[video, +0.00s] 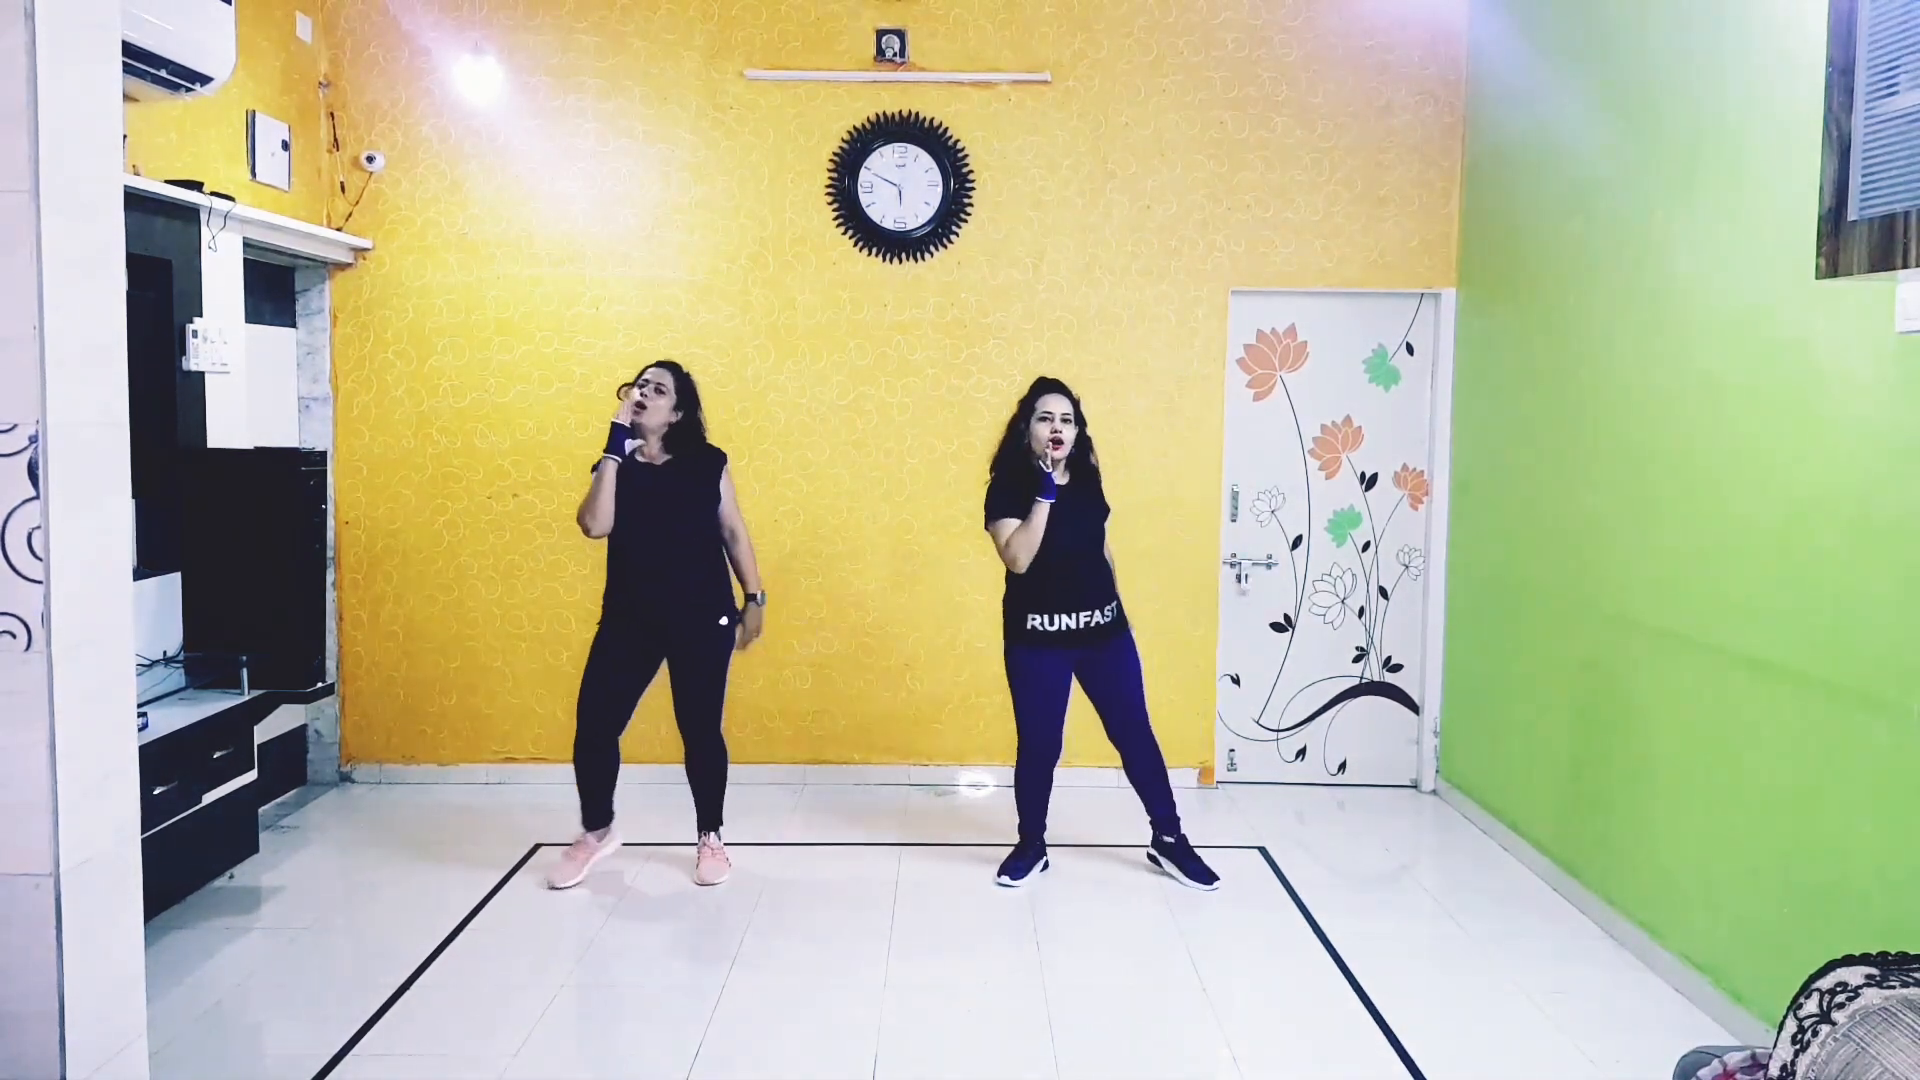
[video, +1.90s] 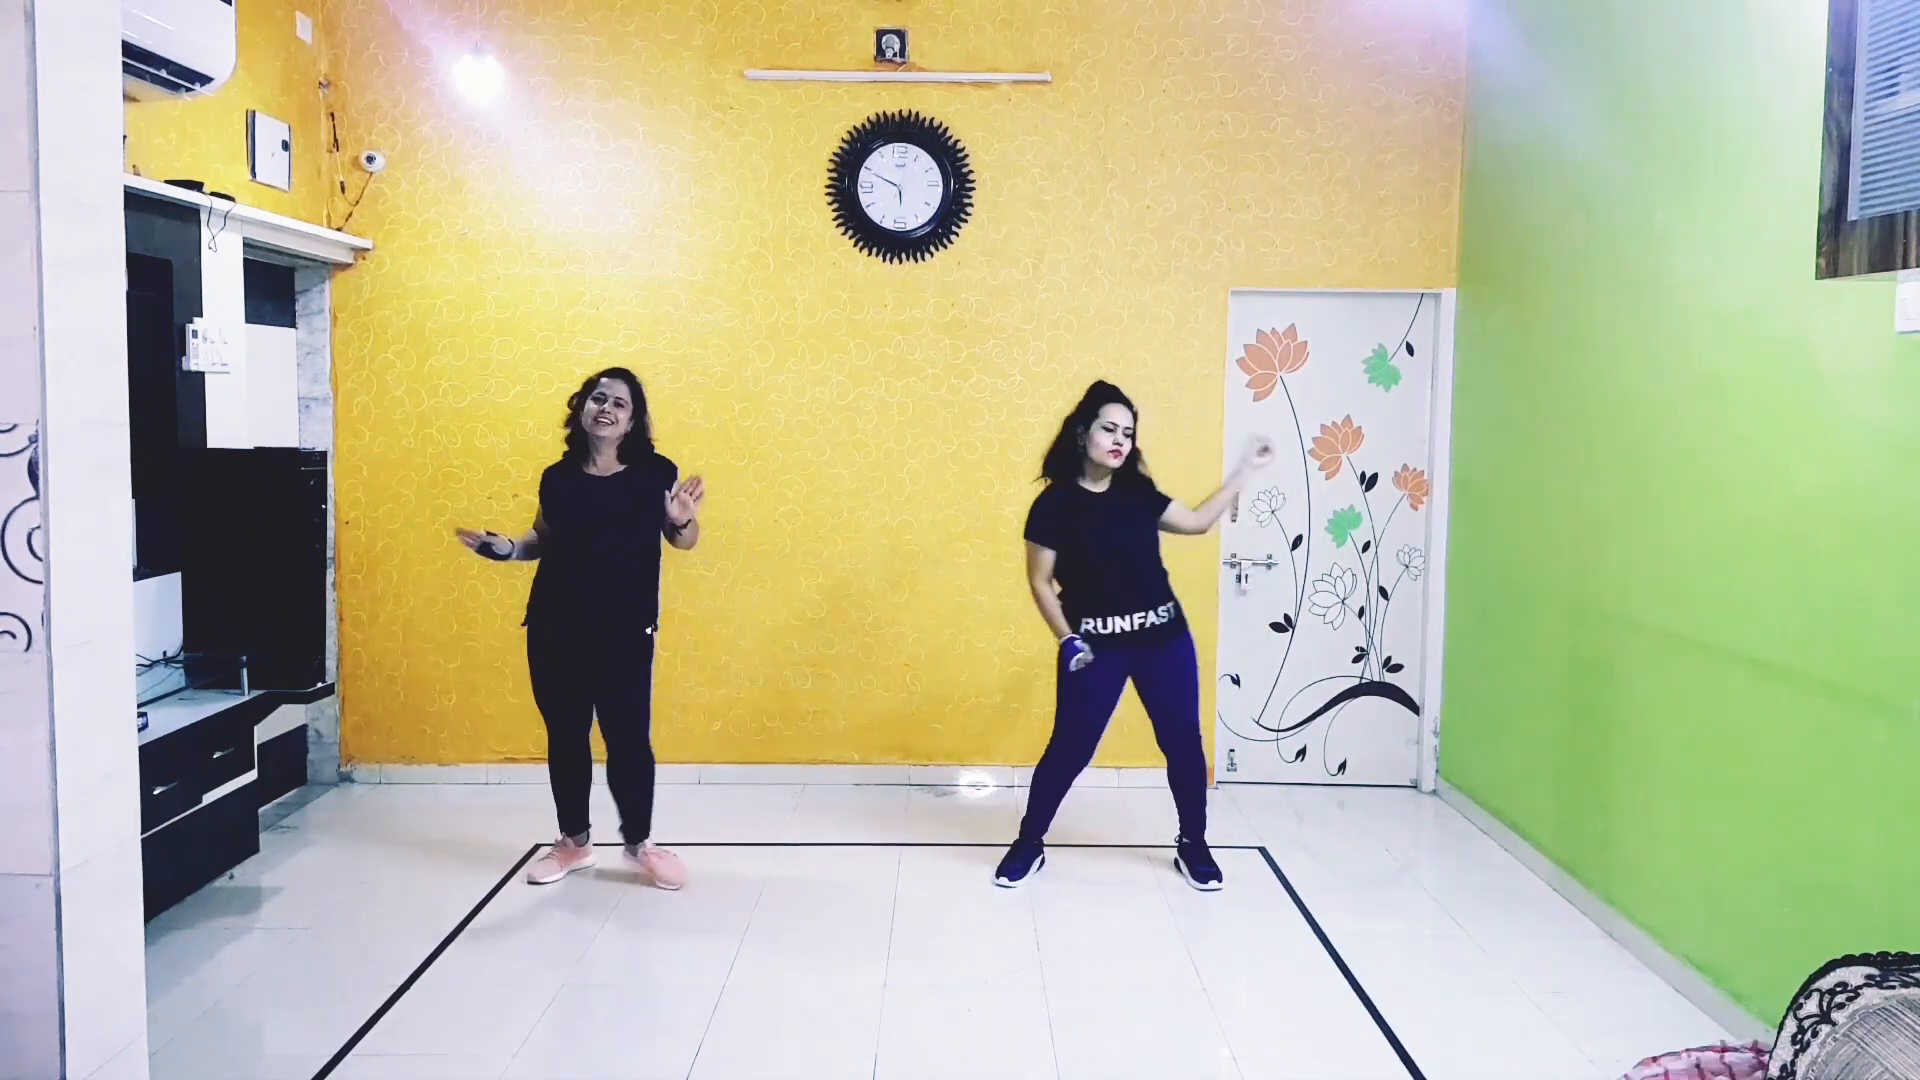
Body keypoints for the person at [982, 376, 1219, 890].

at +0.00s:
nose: (1057, 429)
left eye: (1066, 420)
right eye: (1045, 419)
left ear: (1077, 427)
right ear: (1025, 425)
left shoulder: (1087, 475)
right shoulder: (1008, 483)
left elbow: (1101, 547)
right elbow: (1016, 559)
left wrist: (1114, 610)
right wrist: (1048, 489)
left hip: (1101, 627)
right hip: (1036, 633)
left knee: (1135, 734)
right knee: (1038, 746)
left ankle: (1169, 836)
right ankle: (1030, 843)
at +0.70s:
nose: (1107, 434)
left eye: (1118, 425)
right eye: (1097, 426)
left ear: (1137, 433)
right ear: (1085, 436)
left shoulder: (1151, 503)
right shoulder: (1069, 477)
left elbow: (1161, 586)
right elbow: (1028, 533)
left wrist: (1173, 663)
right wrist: (1072, 487)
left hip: (1111, 639)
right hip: (1042, 629)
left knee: (1140, 746)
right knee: (1036, 742)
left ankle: (1178, 838)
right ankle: (1030, 842)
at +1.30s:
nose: (1157, 436)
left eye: (1167, 425)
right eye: (1147, 428)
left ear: (1191, 432)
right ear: (1136, 438)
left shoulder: (1219, 496)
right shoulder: (1131, 491)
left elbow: (1243, 575)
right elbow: (1101, 557)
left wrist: (1260, 648)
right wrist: (1131, 499)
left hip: (1197, 648)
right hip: (1127, 638)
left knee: (1194, 755)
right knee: (1084, 742)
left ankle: (1193, 844)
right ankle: (1040, 839)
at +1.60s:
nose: (1143, 435)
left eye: (1154, 426)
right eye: (1132, 426)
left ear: (1171, 436)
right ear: (1118, 436)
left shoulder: (1199, 484)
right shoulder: (1110, 499)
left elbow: (1254, 542)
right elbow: (1094, 578)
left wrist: (1296, 598)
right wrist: (1127, 552)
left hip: (1203, 642)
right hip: (1132, 641)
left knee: (1202, 753)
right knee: (1087, 743)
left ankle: (1195, 844)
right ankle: (1040, 839)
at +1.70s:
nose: (1137, 436)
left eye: (1147, 428)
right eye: (1127, 426)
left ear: (1158, 438)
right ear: (1106, 435)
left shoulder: (1181, 482)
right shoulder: (1092, 505)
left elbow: (1246, 516)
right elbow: (1082, 582)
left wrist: (1310, 543)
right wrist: (1111, 602)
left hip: (1197, 636)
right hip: (1126, 640)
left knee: (1200, 749)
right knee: (1084, 744)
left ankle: (1194, 844)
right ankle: (1034, 838)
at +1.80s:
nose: (1131, 439)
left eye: (1139, 432)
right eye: (1120, 428)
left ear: (1145, 441)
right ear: (1094, 432)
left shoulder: (1158, 487)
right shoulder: (1072, 508)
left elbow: (1227, 510)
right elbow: (1061, 585)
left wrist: (1305, 490)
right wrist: (1091, 630)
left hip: (1182, 637)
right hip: (1114, 643)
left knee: (1195, 746)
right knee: (1077, 748)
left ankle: (1194, 843)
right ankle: (1030, 840)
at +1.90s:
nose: (1120, 439)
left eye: (1127, 432)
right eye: (1109, 428)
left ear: (1133, 440)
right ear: (1082, 432)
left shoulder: (1136, 491)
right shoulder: (1054, 504)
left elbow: (1195, 521)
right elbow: (1040, 580)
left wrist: (1243, 472)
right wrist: (1068, 640)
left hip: (1163, 639)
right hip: (1096, 645)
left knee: (1184, 745)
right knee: (1069, 753)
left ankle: (1194, 844)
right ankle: (1029, 842)